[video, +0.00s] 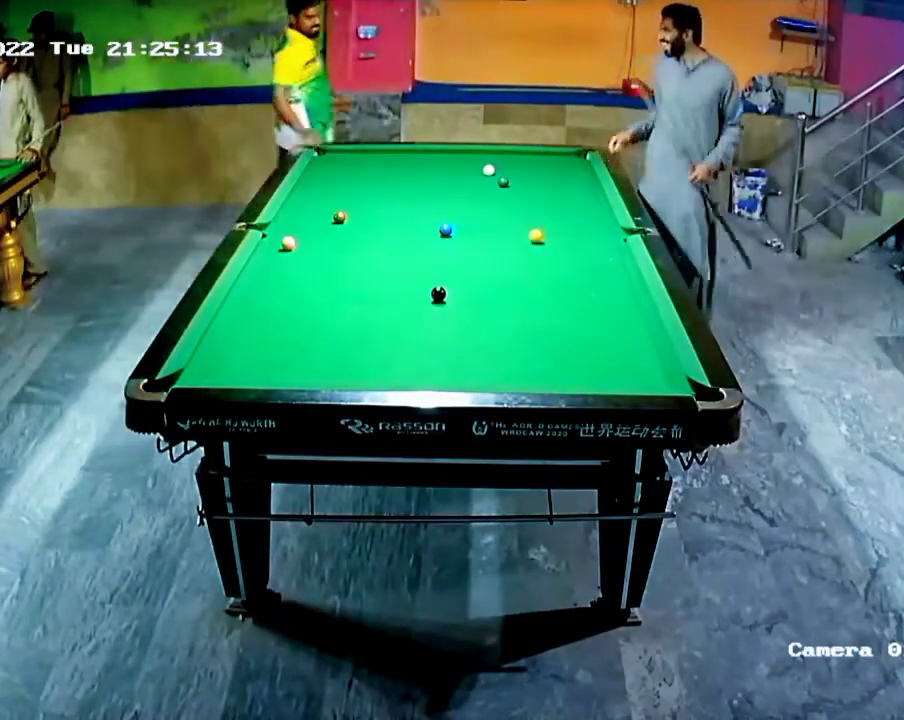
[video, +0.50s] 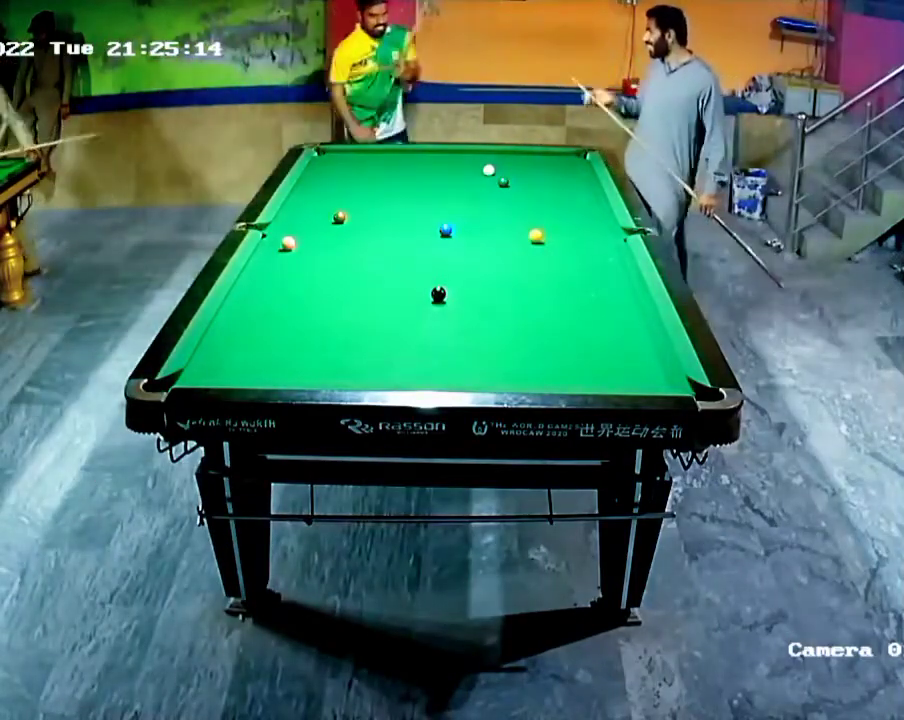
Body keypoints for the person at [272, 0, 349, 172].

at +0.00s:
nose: (316, 22)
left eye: (318, 16)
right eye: (309, 17)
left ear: (321, 15)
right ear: (294, 19)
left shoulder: (309, 45)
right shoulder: (291, 49)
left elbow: (305, 91)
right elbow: (279, 97)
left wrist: (331, 102)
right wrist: (302, 130)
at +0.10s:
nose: (337, 25)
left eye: (340, 18)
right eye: (330, 20)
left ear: (344, 17)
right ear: (315, 20)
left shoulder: (332, 48)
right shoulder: (313, 53)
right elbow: (304, 101)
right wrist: (333, 129)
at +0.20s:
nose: (354, 24)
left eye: (357, 17)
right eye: (346, 19)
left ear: (361, 16)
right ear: (331, 20)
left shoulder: (350, 44)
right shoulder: (329, 51)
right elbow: (323, 99)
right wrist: (361, 129)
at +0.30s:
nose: (361, 21)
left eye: (363, 15)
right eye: (353, 16)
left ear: (366, 13)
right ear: (338, 17)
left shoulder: (360, 40)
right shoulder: (333, 50)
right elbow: (329, 98)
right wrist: (366, 125)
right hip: (343, 124)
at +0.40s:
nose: (371, 21)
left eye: (375, 14)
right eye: (364, 16)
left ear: (378, 13)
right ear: (351, 15)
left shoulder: (388, 37)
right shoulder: (339, 51)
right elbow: (336, 97)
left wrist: (398, 81)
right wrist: (367, 126)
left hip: (384, 123)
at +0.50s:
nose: (380, 21)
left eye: (384, 15)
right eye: (373, 16)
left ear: (387, 13)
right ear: (360, 16)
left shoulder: (401, 37)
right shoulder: (347, 49)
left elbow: (414, 69)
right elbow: (337, 91)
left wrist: (407, 73)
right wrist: (355, 128)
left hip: (395, 131)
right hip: (363, 135)